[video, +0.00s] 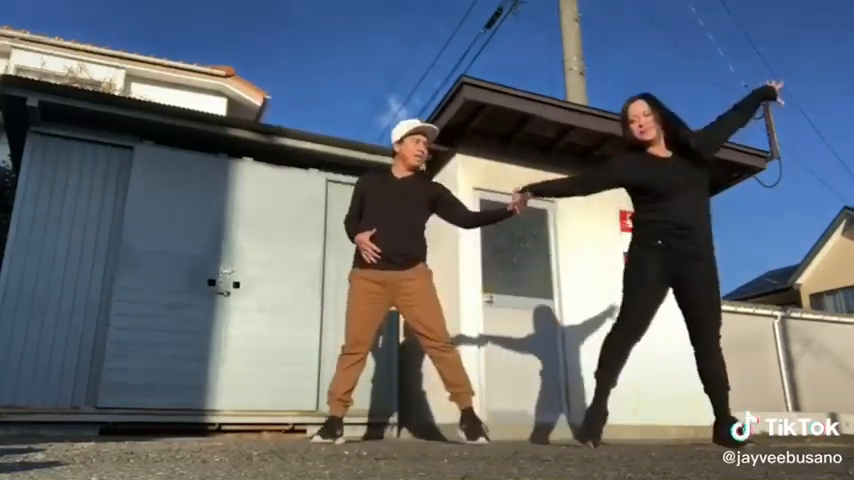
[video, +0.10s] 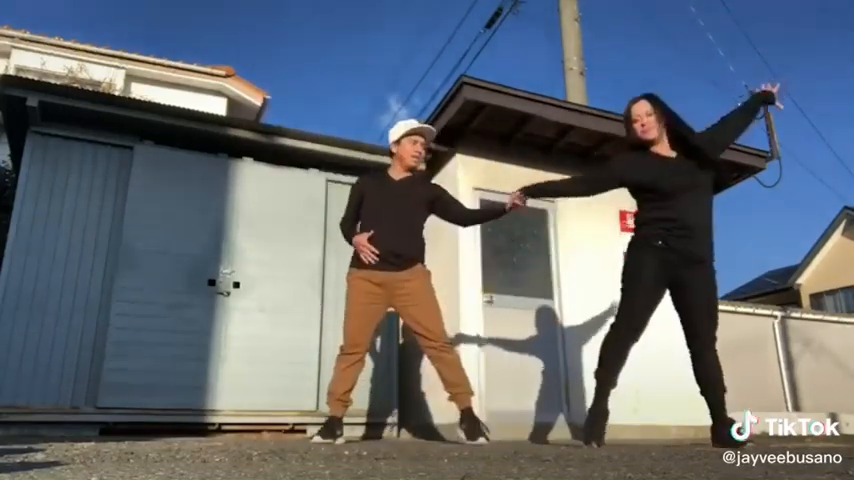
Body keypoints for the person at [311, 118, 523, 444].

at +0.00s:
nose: (424, 150)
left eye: (426, 145)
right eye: (417, 143)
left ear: (427, 152)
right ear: (398, 146)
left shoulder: (430, 190)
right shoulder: (369, 181)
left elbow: (466, 218)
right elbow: (351, 220)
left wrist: (510, 210)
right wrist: (357, 235)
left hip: (413, 278)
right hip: (368, 279)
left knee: (439, 344)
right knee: (355, 347)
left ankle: (468, 414)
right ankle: (334, 419)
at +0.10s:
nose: (421, 151)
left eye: (424, 146)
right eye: (414, 143)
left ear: (425, 153)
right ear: (395, 146)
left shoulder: (428, 191)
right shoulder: (366, 183)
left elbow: (465, 216)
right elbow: (347, 223)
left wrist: (505, 207)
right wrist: (354, 238)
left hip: (411, 278)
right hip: (366, 279)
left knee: (438, 344)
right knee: (353, 347)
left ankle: (468, 415)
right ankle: (334, 419)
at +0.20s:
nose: (421, 152)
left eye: (424, 147)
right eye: (415, 145)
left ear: (425, 153)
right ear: (396, 148)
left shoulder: (429, 191)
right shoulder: (367, 184)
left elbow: (461, 216)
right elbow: (346, 224)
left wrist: (498, 203)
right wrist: (357, 239)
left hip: (414, 280)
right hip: (369, 279)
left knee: (440, 345)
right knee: (353, 347)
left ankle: (468, 415)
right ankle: (334, 419)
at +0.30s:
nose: (427, 152)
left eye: (430, 148)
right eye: (421, 146)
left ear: (431, 154)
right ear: (403, 149)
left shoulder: (437, 193)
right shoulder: (375, 186)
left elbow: (460, 225)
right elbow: (351, 225)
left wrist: (493, 208)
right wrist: (364, 244)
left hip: (425, 282)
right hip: (380, 281)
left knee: (448, 345)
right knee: (359, 347)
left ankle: (467, 418)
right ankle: (335, 419)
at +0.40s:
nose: (440, 155)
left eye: (443, 150)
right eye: (434, 148)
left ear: (445, 155)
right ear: (415, 150)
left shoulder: (450, 194)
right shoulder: (389, 188)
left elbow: (466, 237)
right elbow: (362, 227)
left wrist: (496, 229)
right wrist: (377, 248)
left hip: (447, 282)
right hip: (402, 281)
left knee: (465, 347)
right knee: (371, 345)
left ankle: (467, 421)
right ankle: (339, 417)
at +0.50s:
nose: (451, 156)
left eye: (453, 151)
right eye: (444, 150)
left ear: (455, 156)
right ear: (427, 153)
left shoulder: (464, 195)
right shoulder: (407, 189)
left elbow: (476, 237)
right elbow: (377, 230)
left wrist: (513, 228)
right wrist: (382, 254)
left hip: (465, 284)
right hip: (421, 281)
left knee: (481, 348)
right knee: (394, 343)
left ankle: (468, 420)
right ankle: (376, 412)